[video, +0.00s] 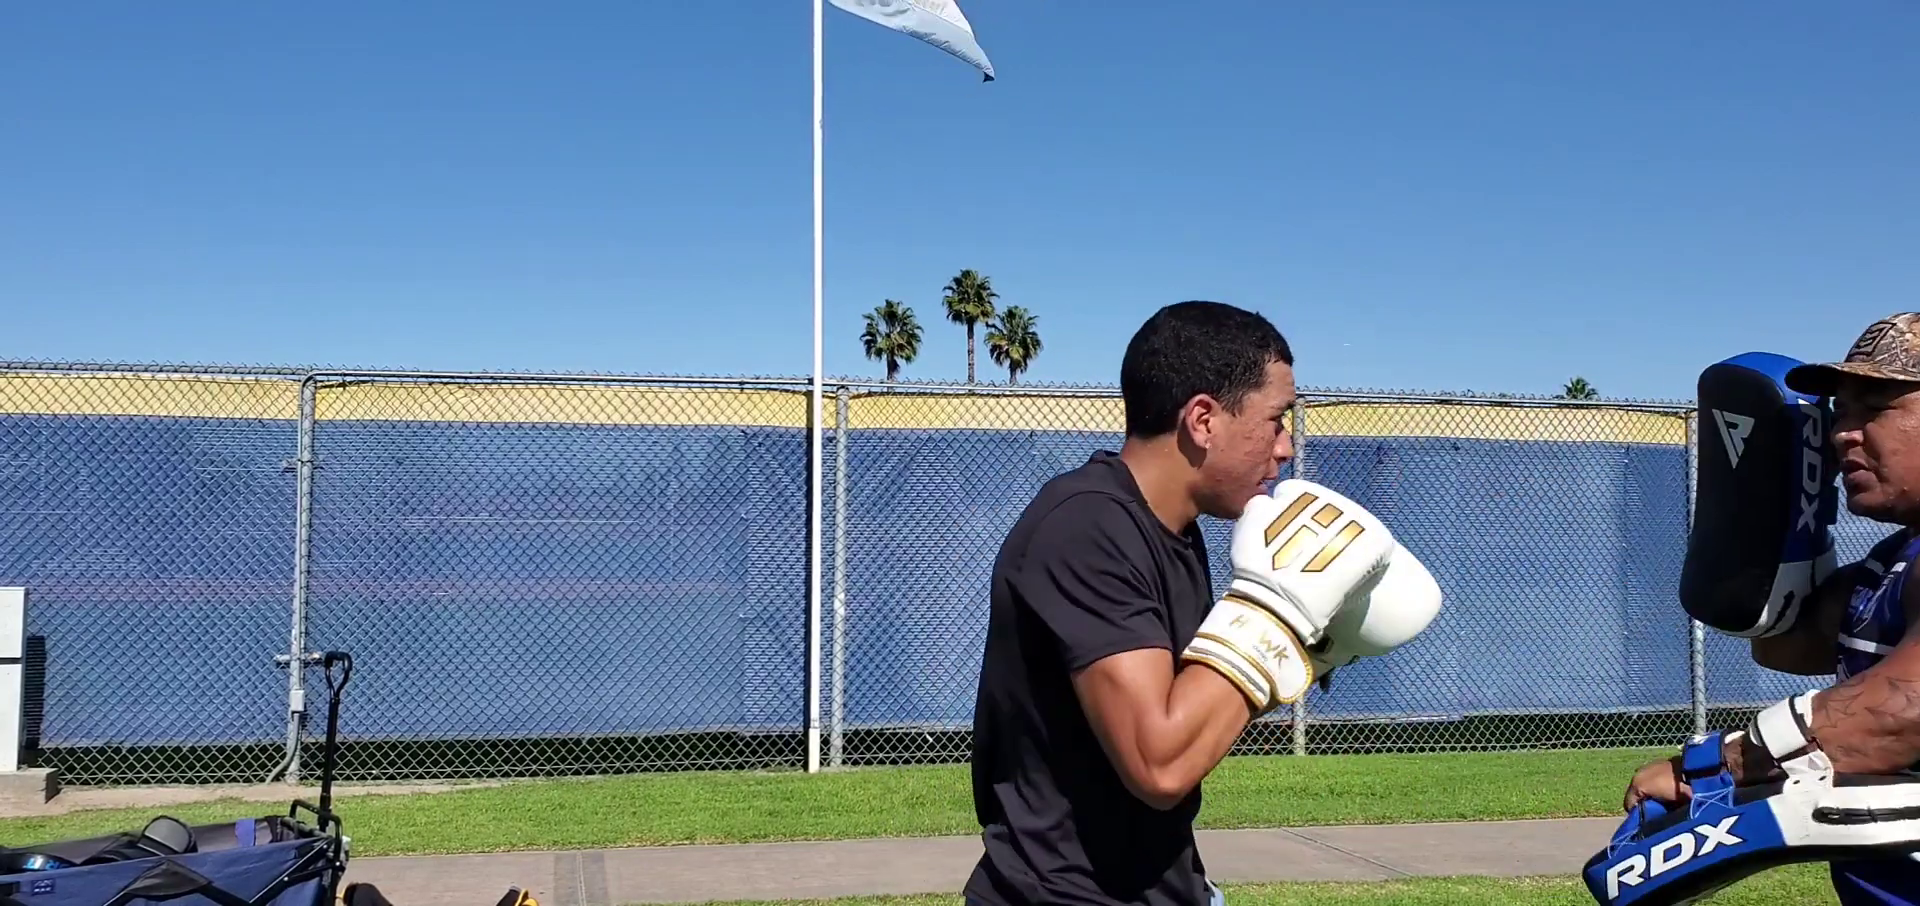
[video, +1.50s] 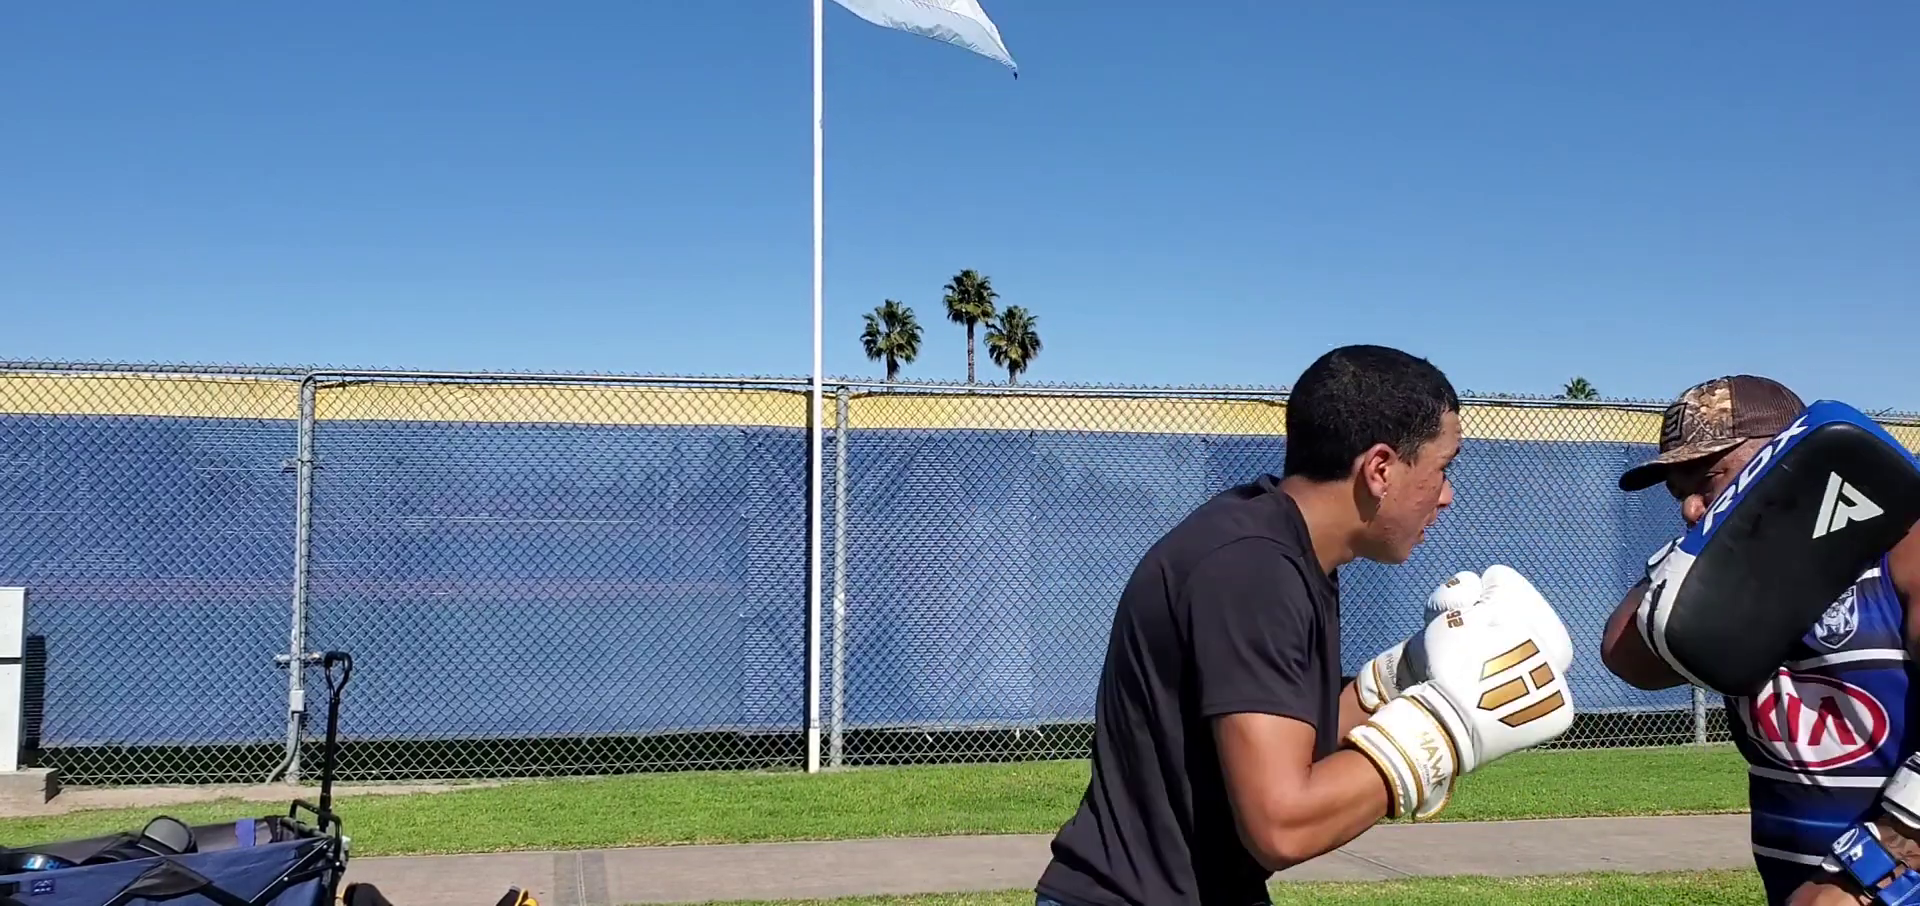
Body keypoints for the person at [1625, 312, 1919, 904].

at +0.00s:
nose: (1843, 435)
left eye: (1874, 408)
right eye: (1841, 412)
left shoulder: (1911, 559)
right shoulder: (1896, 557)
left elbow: (1899, 716)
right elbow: (1783, 641)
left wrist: (1708, 767)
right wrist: (1795, 472)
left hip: (1902, 888)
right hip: (1872, 885)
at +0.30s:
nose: (1837, 464)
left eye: (1870, 435)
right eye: (1835, 435)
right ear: (1826, 433)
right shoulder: (1839, 553)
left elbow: (1908, 750)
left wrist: (1743, 752)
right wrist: (1703, 460)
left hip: (1903, 881)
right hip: (1850, 883)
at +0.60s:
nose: (1778, 506)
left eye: (1801, 476)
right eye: (1770, 484)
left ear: (1900, 456)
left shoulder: (1911, 591)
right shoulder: (1833, 587)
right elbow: (1760, 731)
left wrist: (1855, 884)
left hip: (1913, 884)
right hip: (1858, 882)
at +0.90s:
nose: (1704, 530)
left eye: (1723, 499)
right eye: (1695, 509)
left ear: (1819, 474)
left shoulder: (1905, 577)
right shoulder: (1781, 600)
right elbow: (1713, 769)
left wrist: (1903, 875)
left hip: (1898, 891)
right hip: (1840, 887)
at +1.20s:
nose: (1708, 499)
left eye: (1728, 469)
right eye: (1702, 479)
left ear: (1827, 454)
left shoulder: (1906, 590)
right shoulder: (1753, 593)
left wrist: (1880, 881)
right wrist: (1571, 654)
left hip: (1892, 894)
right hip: (1812, 891)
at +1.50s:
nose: (1689, 507)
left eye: (1706, 477)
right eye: (1679, 490)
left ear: (1782, 449)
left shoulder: (1900, 534)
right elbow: (1624, 656)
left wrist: (1866, 871)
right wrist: (1703, 541)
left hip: (1892, 875)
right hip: (1789, 867)